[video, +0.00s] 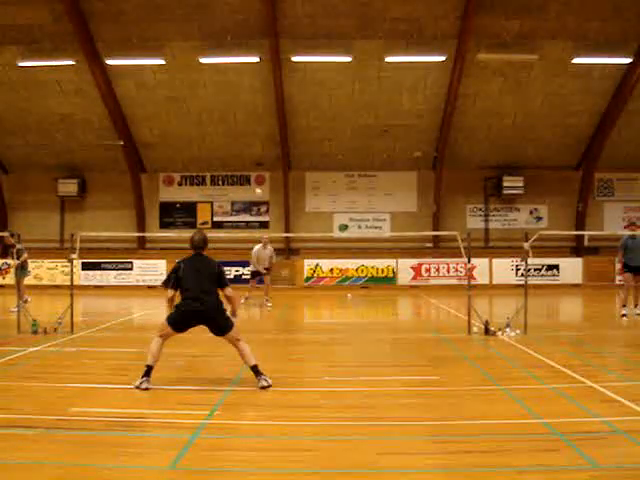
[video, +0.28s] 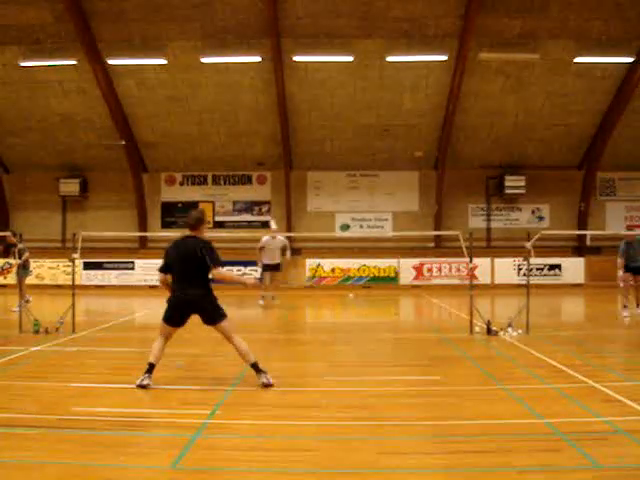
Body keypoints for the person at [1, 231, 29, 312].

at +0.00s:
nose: (6, 241)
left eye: (7, 238)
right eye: (5, 239)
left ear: (12, 238)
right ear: (5, 240)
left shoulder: (19, 247)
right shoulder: (11, 249)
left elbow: (25, 255)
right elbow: (10, 258)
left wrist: (18, 261)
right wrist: (6, 263)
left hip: (23, 268)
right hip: (17, 267)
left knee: (20, 286)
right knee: (18, 285)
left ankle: (19, 304)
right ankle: (24, 298)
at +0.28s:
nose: (8, 239)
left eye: (9, 237)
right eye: (7, 237)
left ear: (15, 237)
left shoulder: (21, 247)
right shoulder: (13, 248)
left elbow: (27, 254)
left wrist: (20, 262)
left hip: (24, 268)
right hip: (20, 267)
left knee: (21, 286)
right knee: (20, 285)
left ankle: (21, 304)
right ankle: (25, 298)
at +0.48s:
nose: (15, 238)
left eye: (17, 236)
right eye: (15, 236)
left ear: (23, 237)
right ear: (16, 237)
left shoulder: (27, 246)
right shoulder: (18, 245)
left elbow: (33, 252)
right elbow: (9, 248)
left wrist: (28, 260)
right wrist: (3, 251)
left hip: (31, 267)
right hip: (26, 266)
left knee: (28, 284)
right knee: (27, 284)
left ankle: (29, 302)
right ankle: (32, 298)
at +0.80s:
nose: (24, 236)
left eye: (25, 233)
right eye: (23, 234)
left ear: (30, 234)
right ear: (22, 235)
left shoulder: (34, 244)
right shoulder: (24, 243)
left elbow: (40, 250)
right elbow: (15, 246)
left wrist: (35, 255)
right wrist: (6, 249)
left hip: (37, 266)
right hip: (32, 265)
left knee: (33, 284)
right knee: (32, 283)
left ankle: (33, 302)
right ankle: (38, 296)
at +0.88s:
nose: (26, 235)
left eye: (27, 233)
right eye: (25, 233)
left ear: (32, 234)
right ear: (24, 235)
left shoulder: (36, 243)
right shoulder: (26, 243)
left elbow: (42, 250)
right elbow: (17, 245)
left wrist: (37, 255)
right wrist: (8, 249)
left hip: (39, 265)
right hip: (34, 265)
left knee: (35, 283)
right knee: (34, 283)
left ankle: (35, 302)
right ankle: (40, 296)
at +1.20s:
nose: (50, 234)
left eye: (52, 232)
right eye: (50, 232)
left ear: (56, 233)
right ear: (49, 234)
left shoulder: (60, 242)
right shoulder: (50, 242)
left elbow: (66, 250)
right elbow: (44, 240)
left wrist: (56, 246)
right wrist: (39, 232)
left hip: (57, 264)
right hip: (50, 264)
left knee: (48, 279)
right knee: (46, 279)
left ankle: (49, 299)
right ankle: (54, 294)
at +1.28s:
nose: (48, 231)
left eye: (50, 229)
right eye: (48, 230)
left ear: (55, 231)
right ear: (46, 231)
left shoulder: (57, 241)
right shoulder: (48, 241)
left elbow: (65, 248)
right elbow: (40, 239)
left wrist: (57, 244)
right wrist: (36, 232)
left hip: (55, 263)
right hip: (48, 263)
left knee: (49, 280)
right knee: (45, 280)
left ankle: (50, 296)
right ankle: (52, 294)